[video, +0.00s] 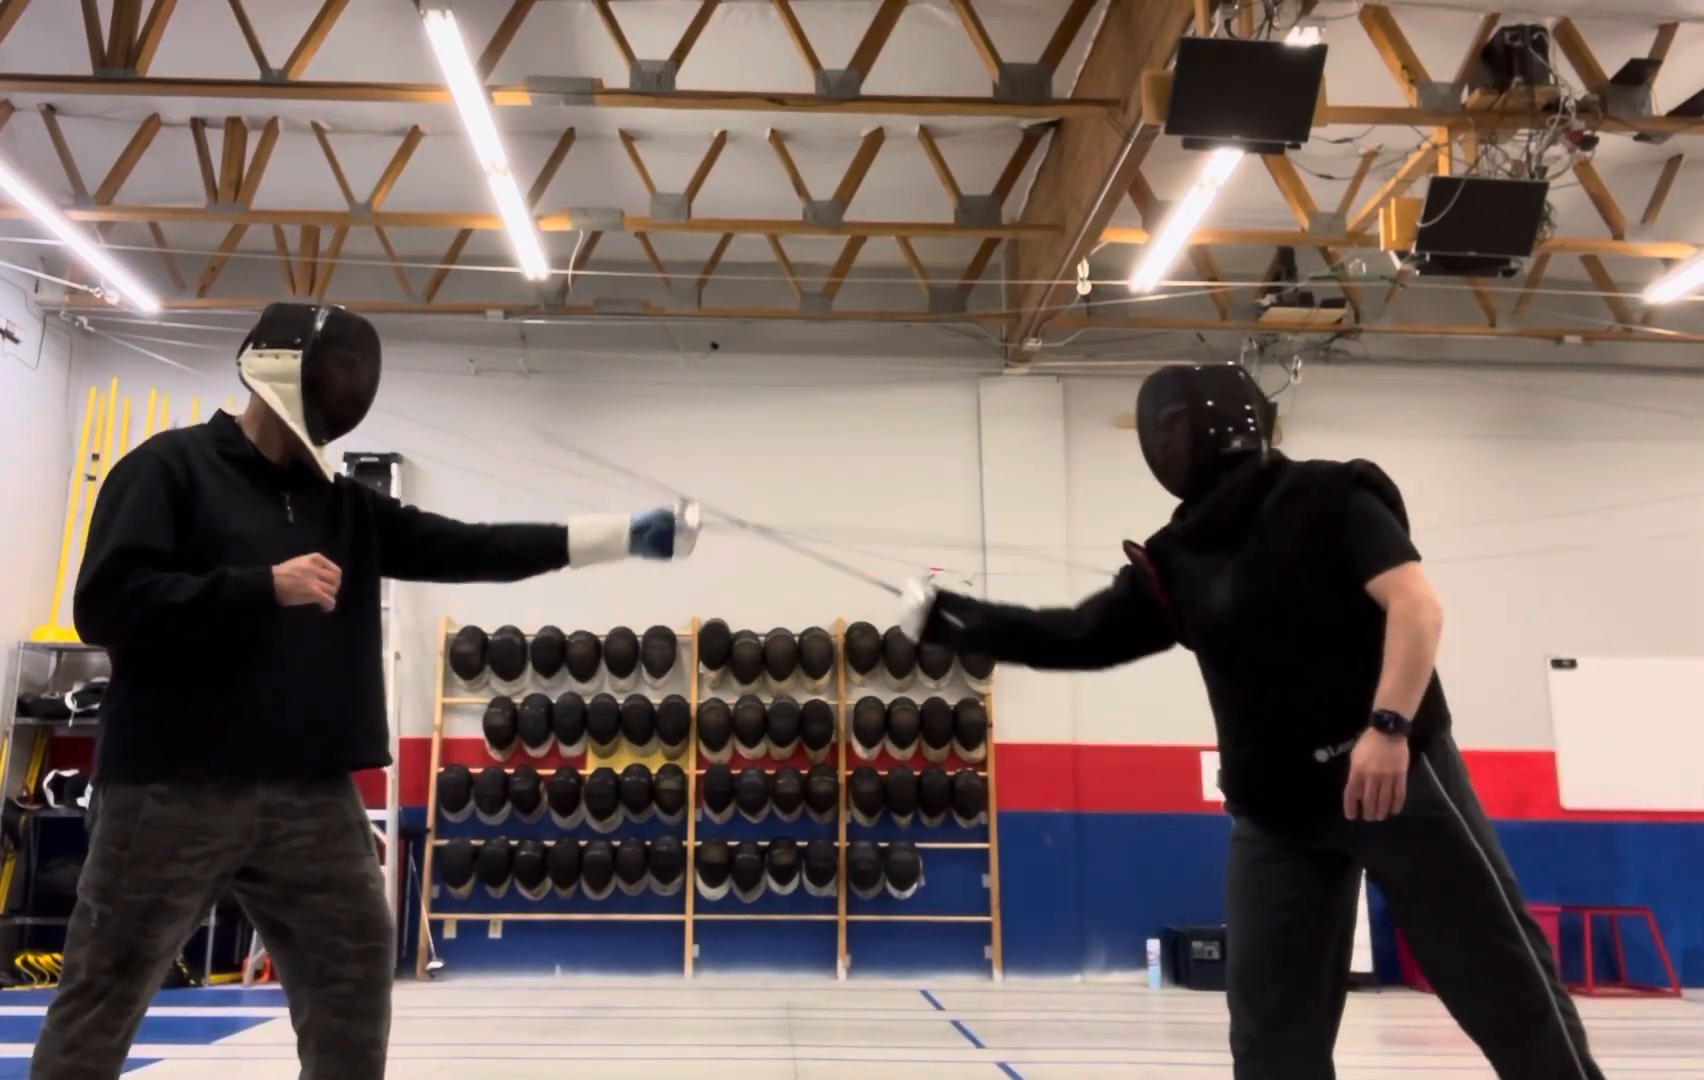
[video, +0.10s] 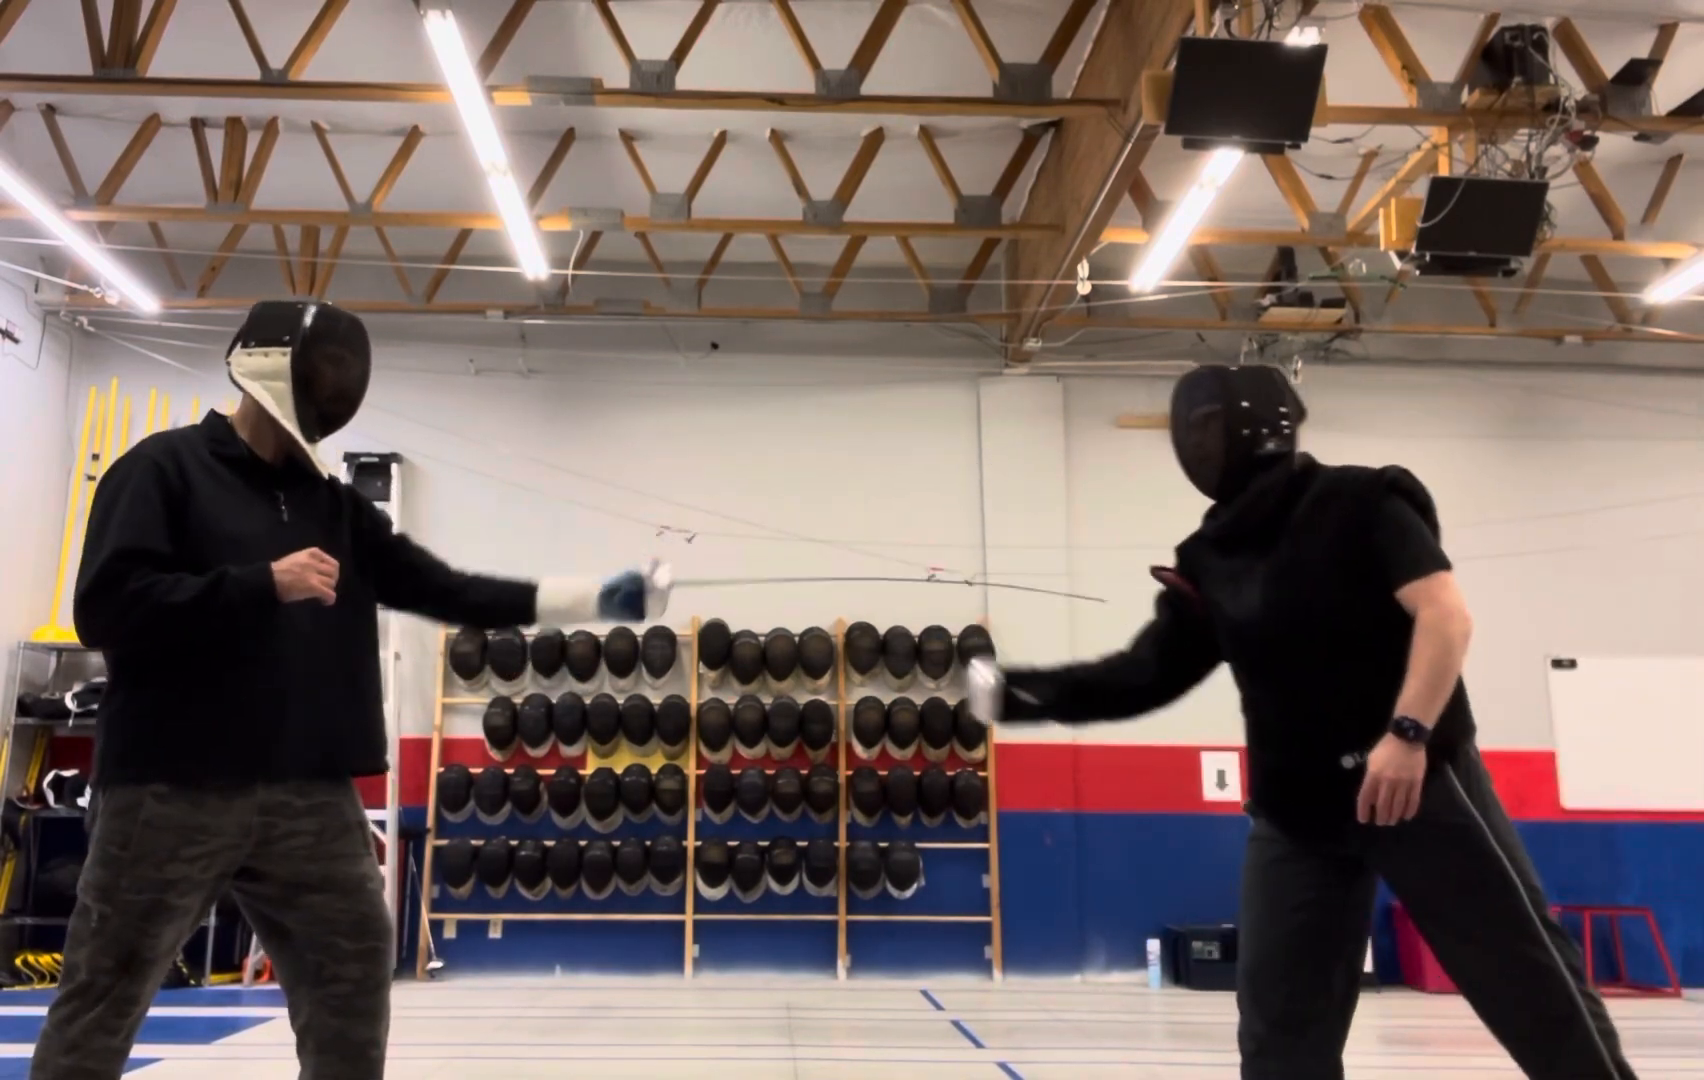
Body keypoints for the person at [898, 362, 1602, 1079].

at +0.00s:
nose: (1156, 443)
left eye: (1166, 424)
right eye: (1154, 429)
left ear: (1207, 426)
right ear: (1235, 426)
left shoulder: (1329, 495)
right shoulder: (1176, 563)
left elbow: (1417, 611)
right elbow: (1082, 636)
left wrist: (1391, 728)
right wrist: (959, 620)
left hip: (1398, 785)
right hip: (1278, 812)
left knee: (1505, 988)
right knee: (1273, 1040)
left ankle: (1569, 1075)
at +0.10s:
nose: (1187, 448)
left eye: (1200, 427)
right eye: (1184, 432)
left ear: (1249, 424)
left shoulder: (1361, 501)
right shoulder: (1212, 565)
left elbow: (1445, 617)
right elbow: (1145, 674)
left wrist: (1410, 732)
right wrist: (1015, 691)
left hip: (1420, 792)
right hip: (1298, 820)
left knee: (1536, 996)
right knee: (1282, 1043)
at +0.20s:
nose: (1228, 455)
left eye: (1239, 433)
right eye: (1225, 438)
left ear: (1288, 431)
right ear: (1295, 435)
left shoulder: (1407, 513)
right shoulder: (1255, 564)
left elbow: (1487, 630)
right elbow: (1226, 698)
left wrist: (1440, 744)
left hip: (1448, 799)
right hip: (1325, 818)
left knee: (1560, 993)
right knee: (1291, 1036)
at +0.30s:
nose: (1288, 468)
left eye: (1299, 448)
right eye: (1286, 452)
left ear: (1346, 444)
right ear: (1362, 447)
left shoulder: (1462, 525)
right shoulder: (1305, 573)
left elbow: (1545, 647)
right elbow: (1296, 710)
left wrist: (1486, 759)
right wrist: (1221, 793)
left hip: (1495, 815)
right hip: (1364, 828)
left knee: (1595, 1024)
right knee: (1307, 1045)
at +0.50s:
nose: (1390, 465)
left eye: (1401, 444)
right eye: (1388, 449)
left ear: (1445, 442)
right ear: (1474, 442)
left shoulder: (1573, 523)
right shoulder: (1408, 570)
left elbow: (1653, 646)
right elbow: (1383, 701)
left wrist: (1601, 766)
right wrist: (1282, 751)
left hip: (1595, 818)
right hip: (1468, 826)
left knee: (1651, 1037)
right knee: (1407, 1041)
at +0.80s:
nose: (1455, 456)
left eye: (1467, 434)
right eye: (1449, 441)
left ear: (1517, 425)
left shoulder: (1642, 512)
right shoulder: (1463, 561)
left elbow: (1703, 633)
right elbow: (1383, 655)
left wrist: (1703, 771)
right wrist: (1264, 647)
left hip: (1659, 805)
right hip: (1530, 819)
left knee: (1684, 1021)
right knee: (1516, 1007)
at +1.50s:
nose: (1391, 470)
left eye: (1400, 449)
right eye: (1385, 456)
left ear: (1446, 440)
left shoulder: (1580, 517)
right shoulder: (1404, 571)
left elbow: (1663, 633)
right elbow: (1290, 630)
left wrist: (1676, 759)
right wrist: (1163, 624)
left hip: (1608, 817)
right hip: (1480, 829)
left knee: (1668, 1038)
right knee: (1430, 1036)